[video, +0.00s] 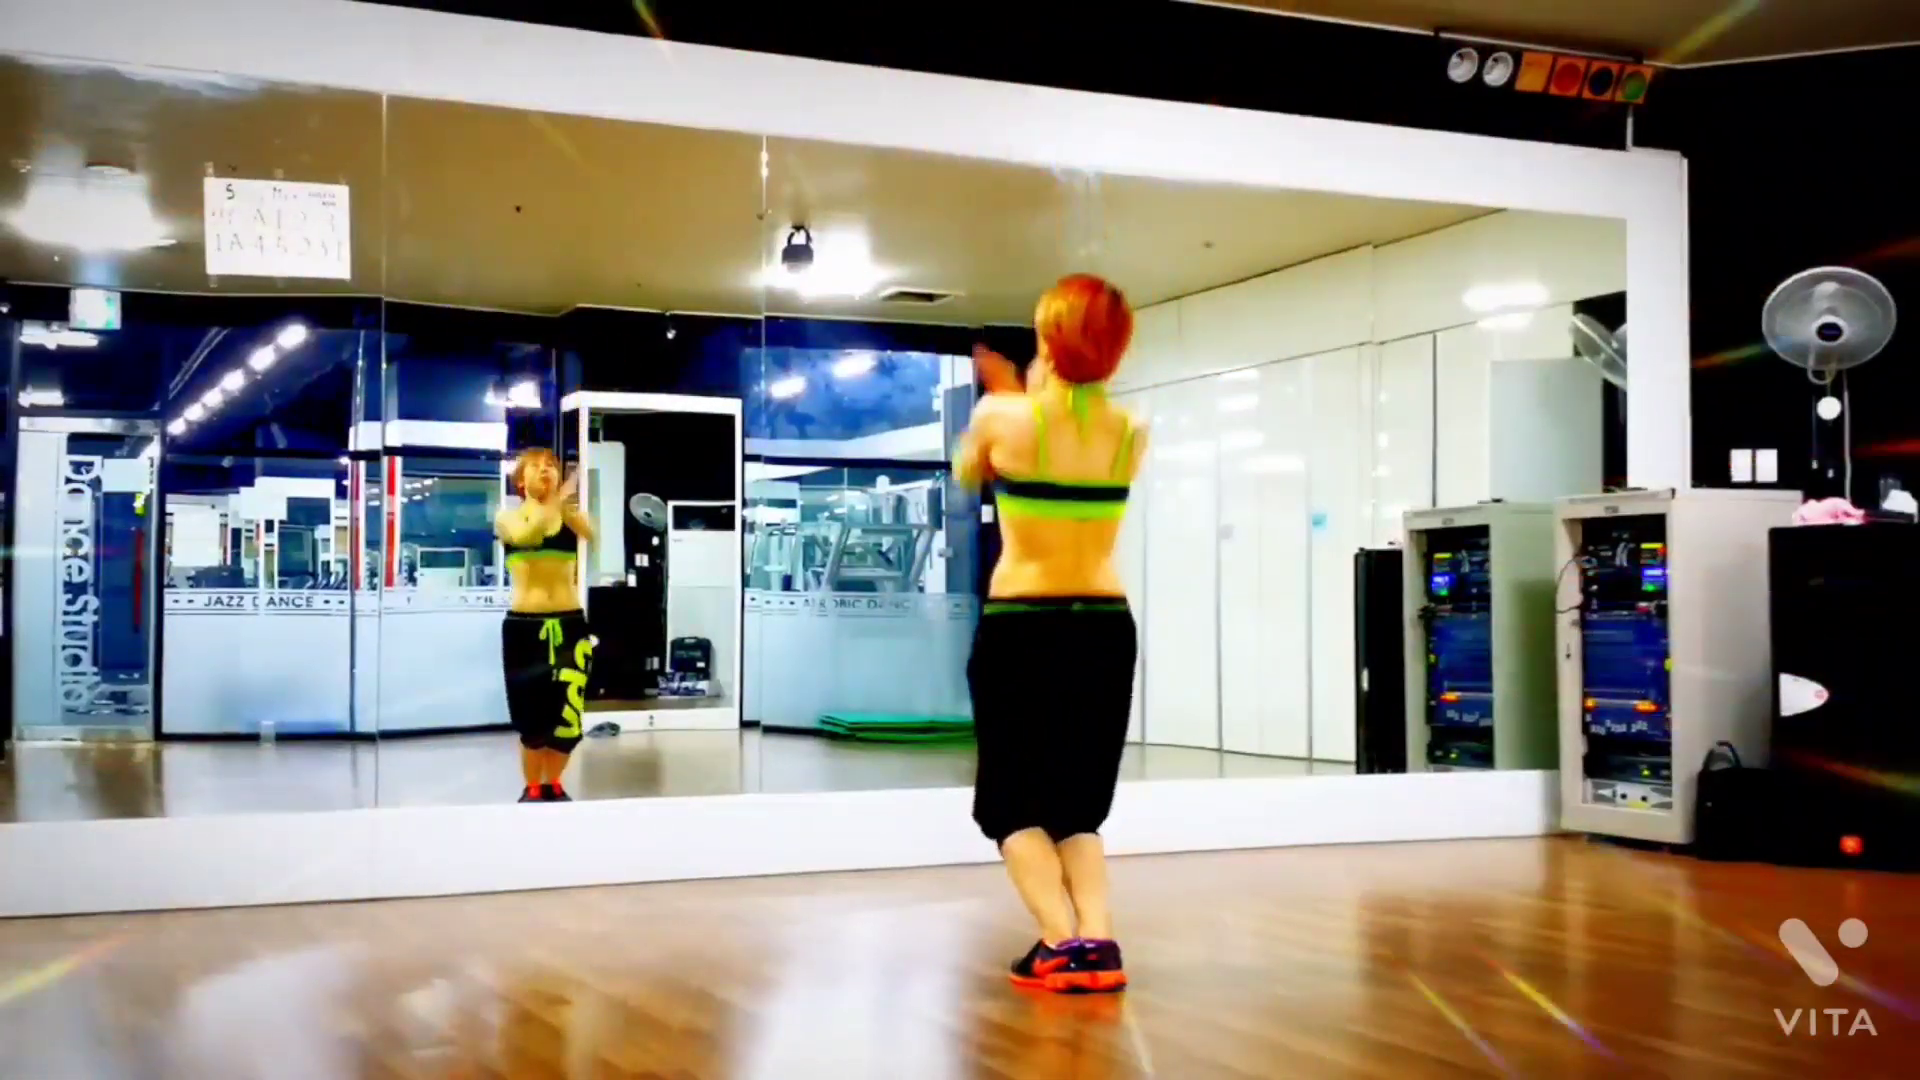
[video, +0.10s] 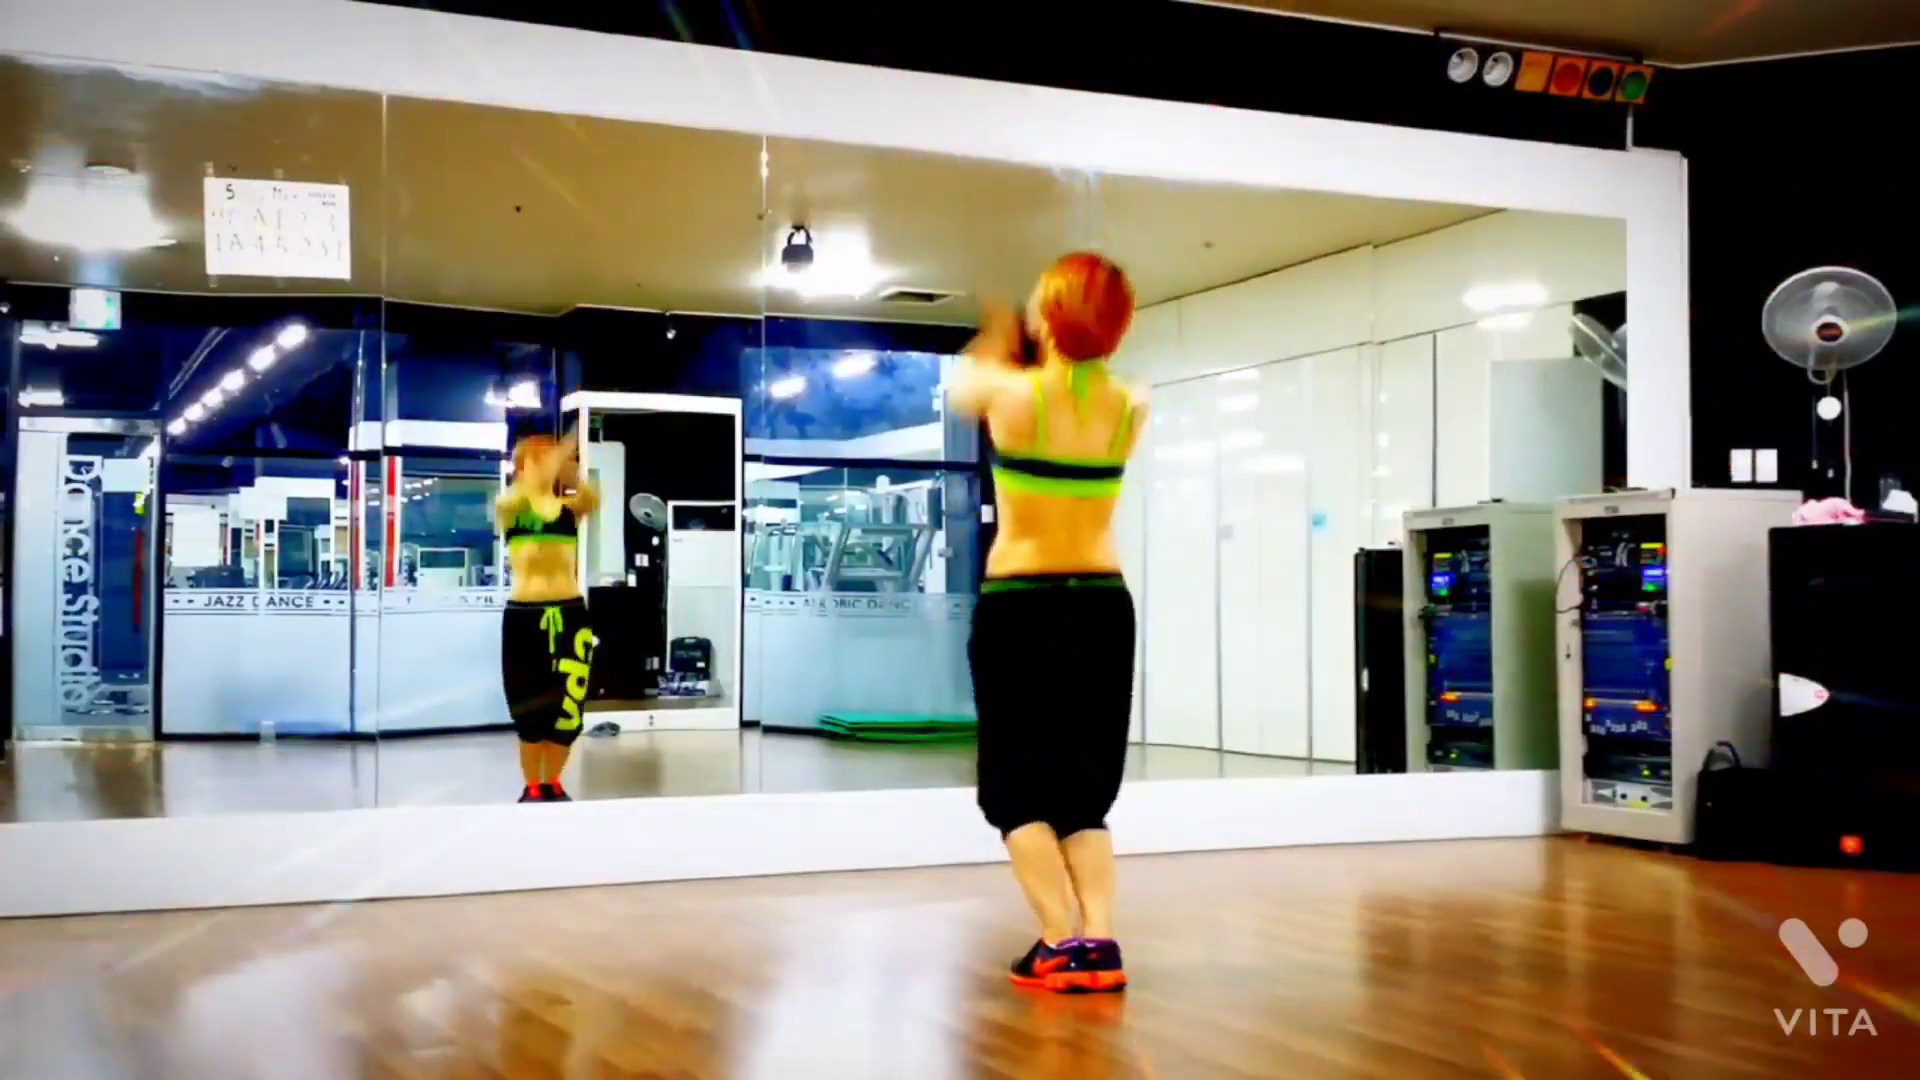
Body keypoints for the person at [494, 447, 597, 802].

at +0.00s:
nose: (544, 471)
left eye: (551, 466)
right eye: (536, 465)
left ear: (559, 477)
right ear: (521, 476)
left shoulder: (570, 514)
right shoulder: (507, 517)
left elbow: (590, 533)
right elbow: (523, 534)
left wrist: (567, 507)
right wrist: (549, 506)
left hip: (569, 620)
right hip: (524, 621)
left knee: (568, 715)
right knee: (531, 713)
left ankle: (552, 782)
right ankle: (532, 786)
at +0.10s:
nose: (542, 463)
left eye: (548, 454)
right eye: (534, 455)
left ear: (560, 459)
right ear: (521, 462)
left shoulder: (569, 503)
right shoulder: (509, 502)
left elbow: (588, 500)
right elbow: (510, 502)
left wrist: (580, 482)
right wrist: (556, 458)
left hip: (569, 610)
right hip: (523, 612)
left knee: (568, 706)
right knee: (529, 707)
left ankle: (552, 781)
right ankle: (532, 785)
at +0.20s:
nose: (545, 452)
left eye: (552, 446)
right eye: (536, 446)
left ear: (562, 455)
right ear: (523, 455)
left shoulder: (571, 492)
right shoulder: (514, 491)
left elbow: (591, 445)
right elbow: (518, 437)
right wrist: (551, 393)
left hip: (571, 602)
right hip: (525, 605)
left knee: (569, 704)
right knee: (530, 707)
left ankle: (551, 782)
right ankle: (532, 785)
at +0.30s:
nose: (546, 452)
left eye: (552, 446)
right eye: (537, 446)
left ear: (562, 452)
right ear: (522, 455)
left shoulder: (573, 488)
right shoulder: (513, 488)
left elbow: (579, 426)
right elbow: (512, 427)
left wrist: (564, 383)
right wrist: (517, 371)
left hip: (572, 601)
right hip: (524, 603)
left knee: (566, 702)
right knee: (526, 705)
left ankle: (552, 782)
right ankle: (531, 784)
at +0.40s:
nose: (549, 452)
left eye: (555, 444)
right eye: (539, 445)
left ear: (564, 451)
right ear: (523, 451)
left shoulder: (573, 483)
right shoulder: (513, 482)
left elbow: (582, 426)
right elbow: (500, 422)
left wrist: (585, 371)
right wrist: (485, 366)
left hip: (573, 601)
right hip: (525, 604)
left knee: (568, 700)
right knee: (526, 703)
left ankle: (552, 783)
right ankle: (532, 786)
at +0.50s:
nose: (548, 455)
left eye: (554, 448)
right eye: (540, 449)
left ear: (564, 453)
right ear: (524, 454)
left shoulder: (573, 482)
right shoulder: (513, 482)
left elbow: (594, 436)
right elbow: (483, 426)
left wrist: (616, 393)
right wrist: (450, 381)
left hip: (573, 601)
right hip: (525, 603)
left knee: (567, 699)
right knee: (524, 701)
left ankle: (553, 783)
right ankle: (530, 785)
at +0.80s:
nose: (552, 455)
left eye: (558, 448)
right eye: (543, 449)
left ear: (567, 454)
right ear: (528, 456)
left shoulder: (579, 493)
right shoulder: (514, 491)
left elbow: (620, 496)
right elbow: (452, 491)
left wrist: (655, 501)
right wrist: (398, 496)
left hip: (575, 604)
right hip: (527, 606)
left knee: (567, 701)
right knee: (527, 702)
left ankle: (553, 782)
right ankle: (531, 784)